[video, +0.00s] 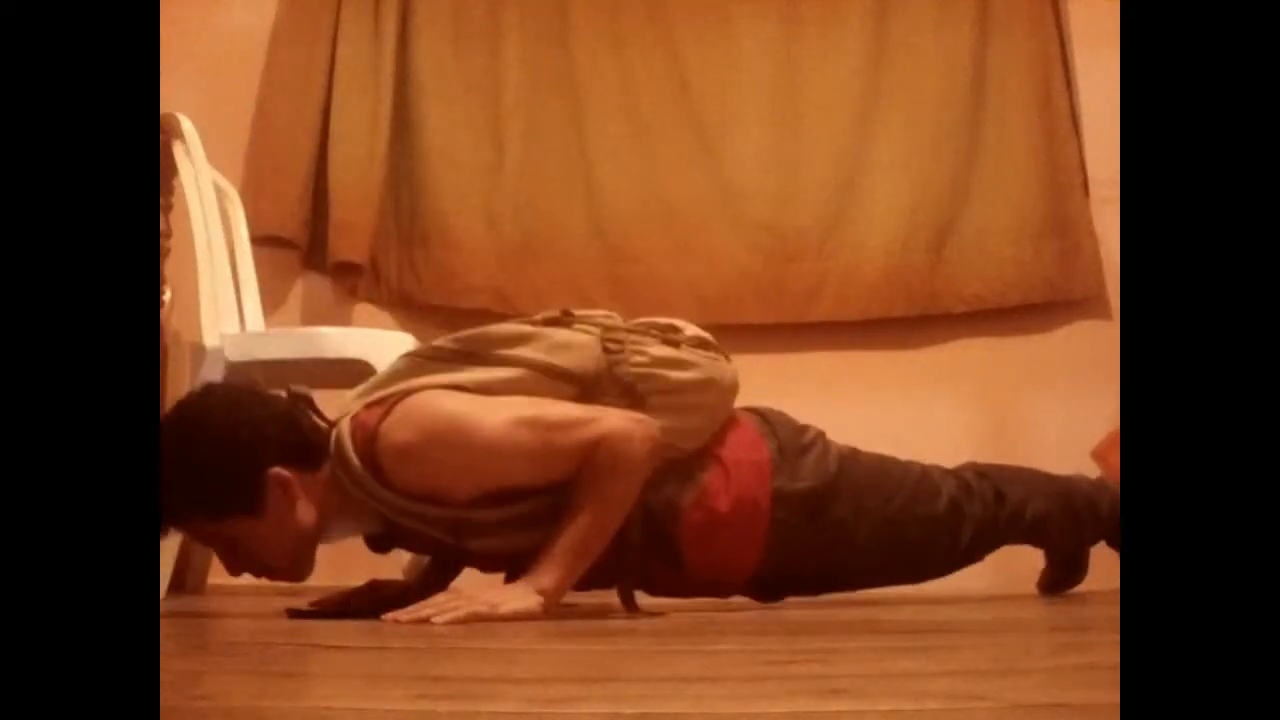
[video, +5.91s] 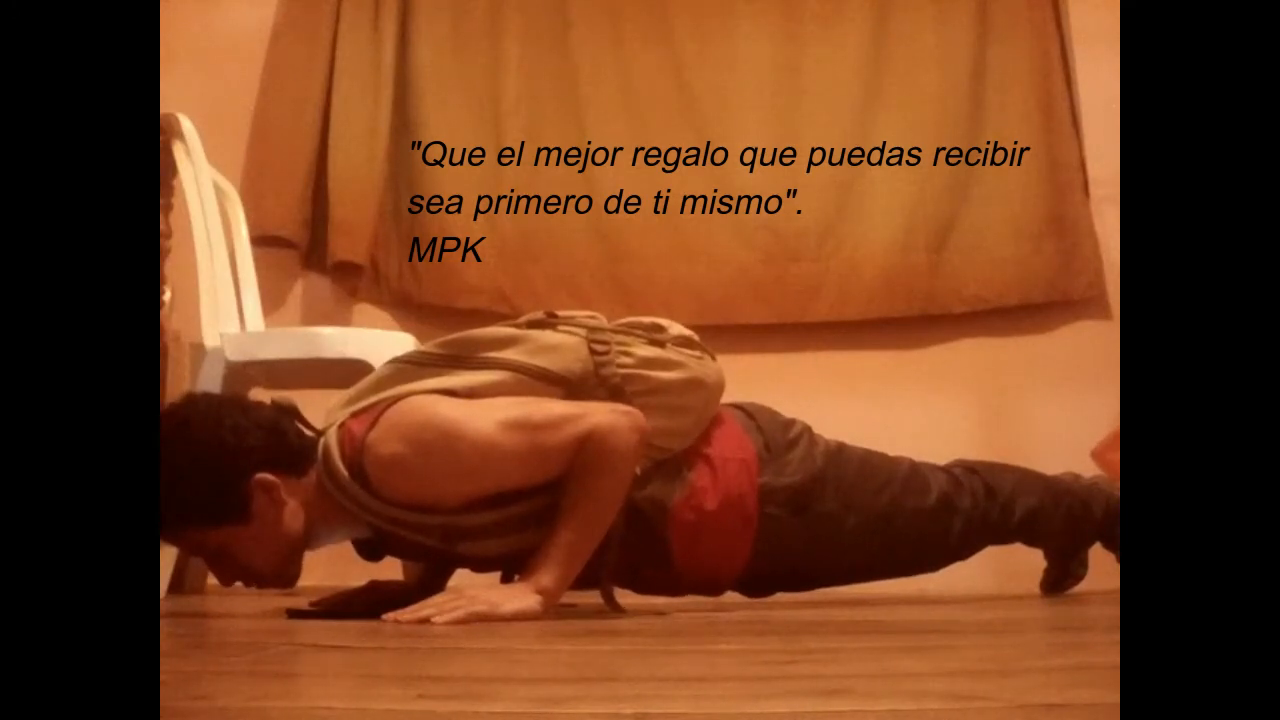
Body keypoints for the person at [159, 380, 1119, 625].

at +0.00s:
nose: (230, 563)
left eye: (226, 538)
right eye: (213, 547)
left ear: (284, 486)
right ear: (283, 480)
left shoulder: (416, 443)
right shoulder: (364, 454)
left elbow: (629, 443)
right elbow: (486, 524)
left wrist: (538, 587)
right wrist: (391, 586)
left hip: (752, 493)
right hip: (721, 509)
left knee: (952, 511)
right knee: (929, 513)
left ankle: (1094, 503)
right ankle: (1079, 506)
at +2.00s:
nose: (223, 572)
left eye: (219, 548)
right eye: (205, 558)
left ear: (274, 491)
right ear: (269, 482)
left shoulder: (406, 447)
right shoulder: (356, 457)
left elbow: (616, 440)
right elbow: (462, 541)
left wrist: (538, 588)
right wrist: (386, 588)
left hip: (737, 495)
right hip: (711, 494)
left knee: (946, 509)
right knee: (923, 505)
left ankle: (1094, 505)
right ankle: (1074, 507)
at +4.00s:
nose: (225, 573)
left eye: (218, 549)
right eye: (207, 560)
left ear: (271, 491)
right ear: (266, 480)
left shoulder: (402, 448)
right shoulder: (355, 458)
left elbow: (615, 437)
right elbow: (459, 536)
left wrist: (540, 588)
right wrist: (392, 585)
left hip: (739, 487)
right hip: (711, 501)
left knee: (946, 508)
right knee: (926, 505)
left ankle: (1094, 505)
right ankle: (1078, 505)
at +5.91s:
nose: (217, 575)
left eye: (212, 551)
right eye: (200, 560)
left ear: (264, 493)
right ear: (261, 481)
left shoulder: (402, 450)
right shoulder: (356, 458)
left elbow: (614, 438)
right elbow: (483, 526)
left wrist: (539, 588)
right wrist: (393, 585)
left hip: (736, 493)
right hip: (708, 502)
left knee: (944, 508)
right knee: (923, 506)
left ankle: (1094, 504)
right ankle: (1075, 505)